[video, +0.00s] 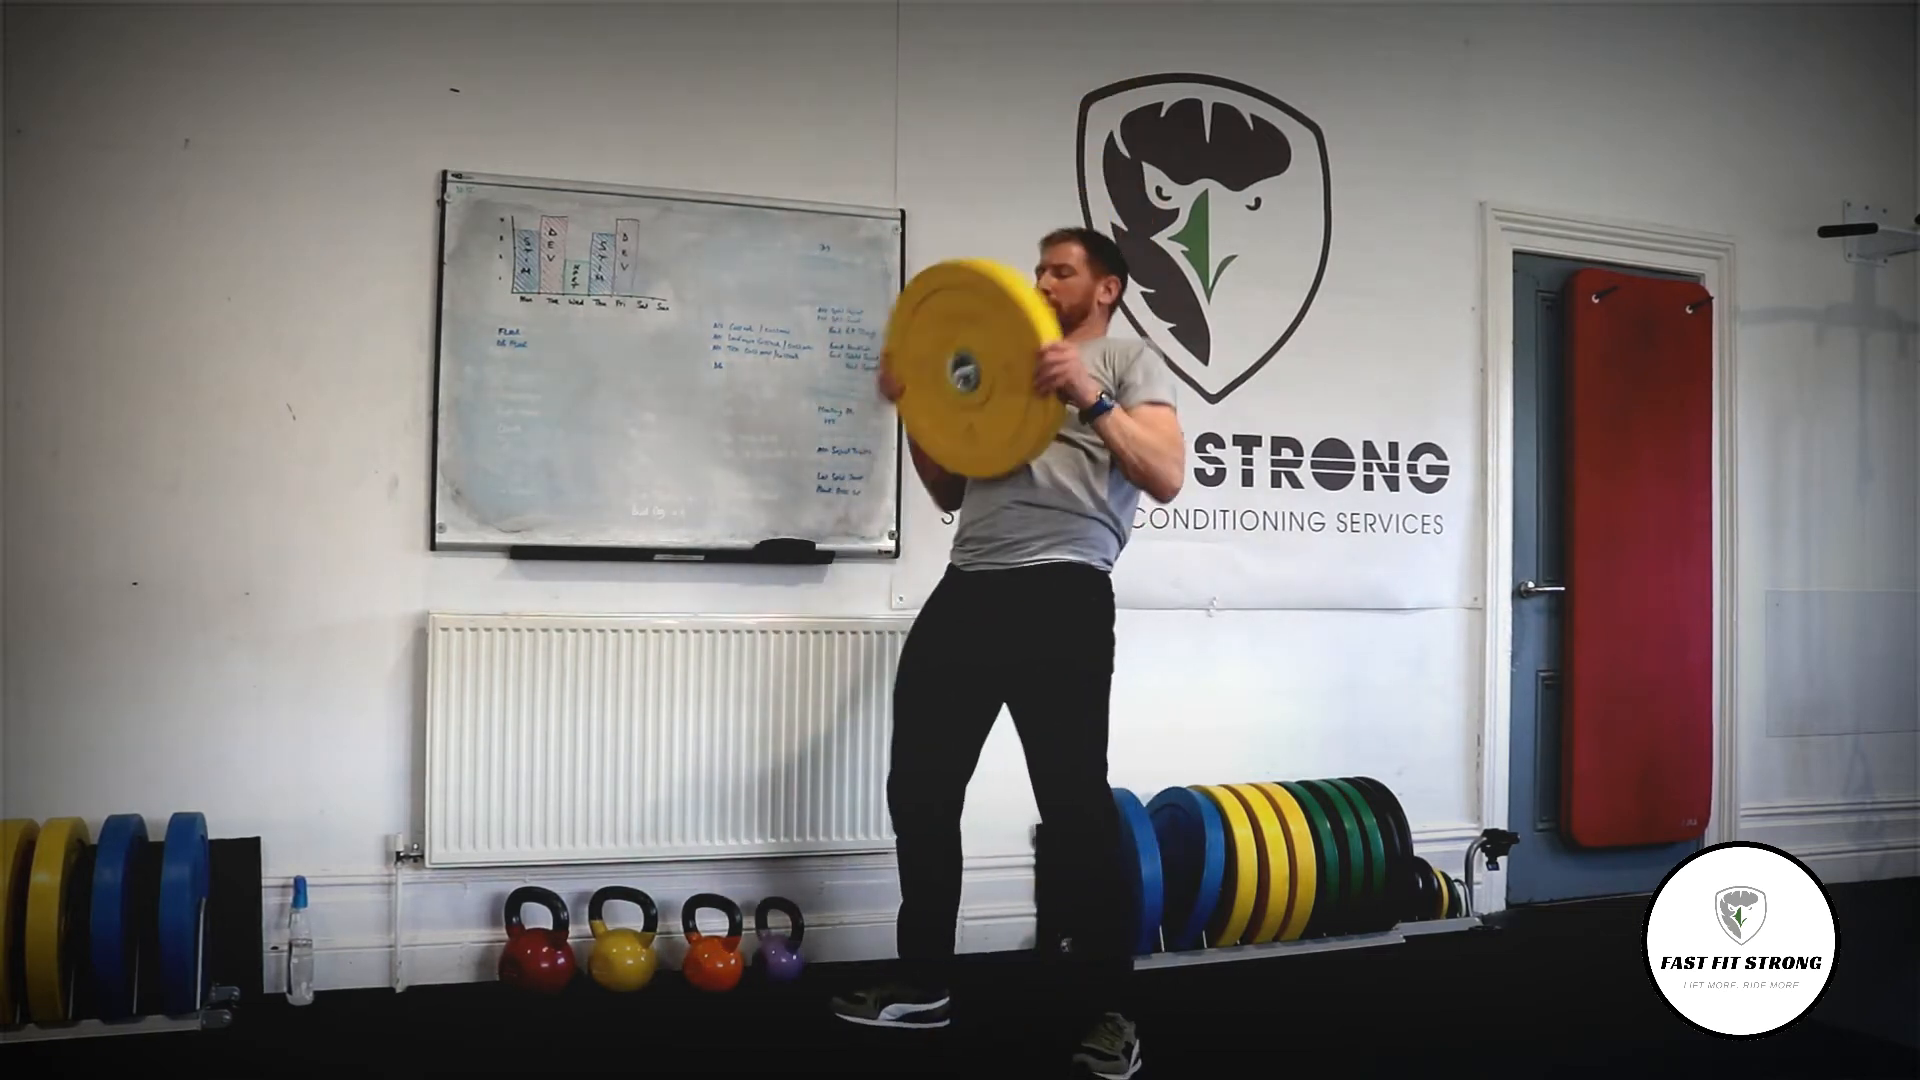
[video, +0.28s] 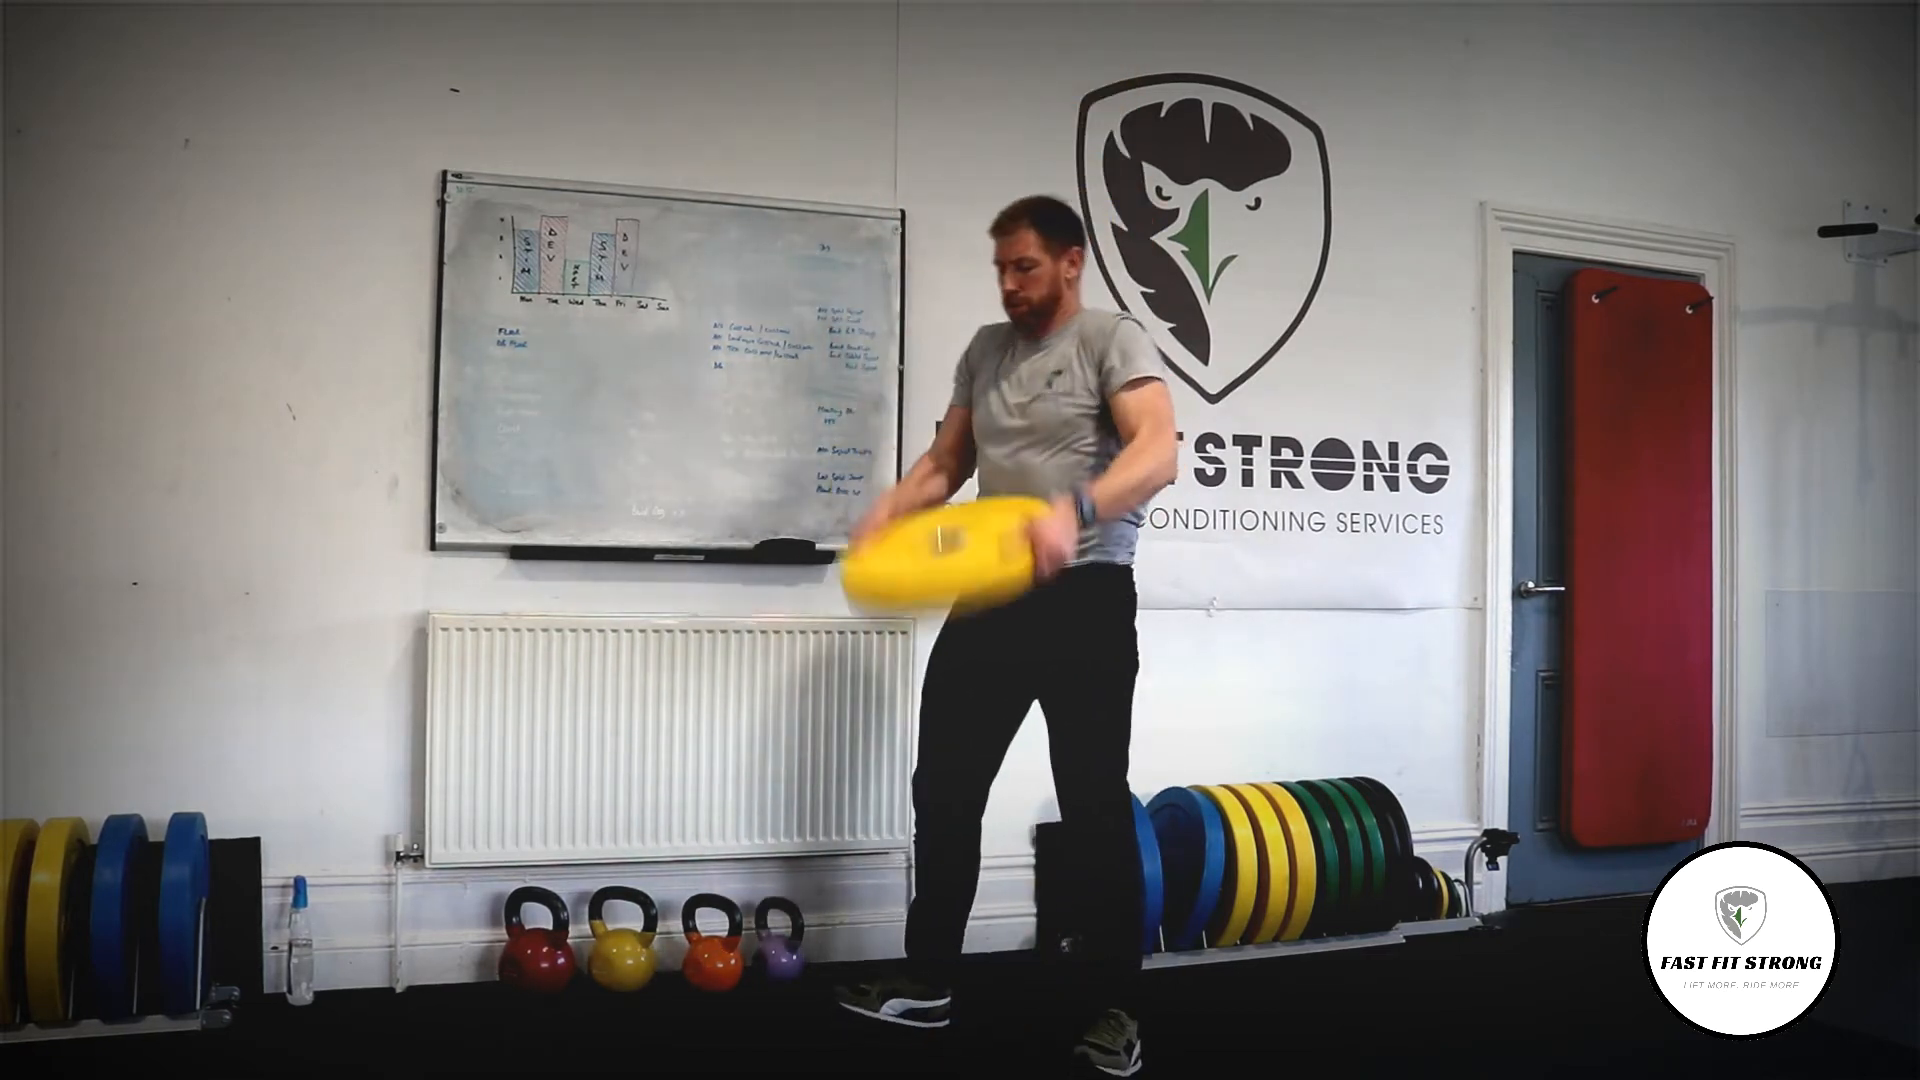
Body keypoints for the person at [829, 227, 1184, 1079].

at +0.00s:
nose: (1045, 283)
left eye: (1063, 271)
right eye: (1040, 272)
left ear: (1108, 288)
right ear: (1035, 284)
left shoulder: (1131, 356)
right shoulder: (1005, 359)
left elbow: (1167, 475)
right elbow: (950, 492)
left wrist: (1092, 396)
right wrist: (912, 407)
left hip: (1063, 591)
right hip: (968, 589)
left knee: (1073, 802)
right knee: (921, 793)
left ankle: (1101, 1011)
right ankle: (924, 989)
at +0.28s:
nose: (1008, 283)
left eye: (1023, 267)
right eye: (1001, 270)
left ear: (1072, 262)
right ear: (998, 271)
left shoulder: (1112, 339)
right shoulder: (988, 348)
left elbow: (1157, 451)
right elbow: (947, 460)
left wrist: (1078, 509)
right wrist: (886, 509)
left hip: (1085, 597)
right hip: (991, 596)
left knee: (1094, 798)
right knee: (945, 788)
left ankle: (1109, 1007)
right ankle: (929, 983)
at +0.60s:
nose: (928, 325)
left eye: (941, 307)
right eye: (918, 309)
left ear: (987, 286)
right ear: (912, 302)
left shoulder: (1058, 358)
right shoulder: (920, 377)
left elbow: (1100, 492)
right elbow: (918, 505)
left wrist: (1088, 624)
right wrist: (898, 616)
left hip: (1089, 603)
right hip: (993, 608)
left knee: (1107, 806)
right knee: (936, 787)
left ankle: (1118, 1014)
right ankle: (917, 982)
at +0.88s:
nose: (884, 477)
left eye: (894, 458)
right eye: (872, 463)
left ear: (939, 429)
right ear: (860, 455)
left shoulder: (1030, 499)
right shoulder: (877, 530)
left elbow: (1051, 647)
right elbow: (887, 660)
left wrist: (1059, 793)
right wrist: (883, 785)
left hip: (1103, 657)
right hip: (995, 668)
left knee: (1131, 823)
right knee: (876, 780)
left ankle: (1117, 1020)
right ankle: (915, 982)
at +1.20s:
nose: (866, 608)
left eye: (880, 586)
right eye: (854, 591)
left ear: (926, 560)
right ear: (842, 579)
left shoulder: (1016, 633)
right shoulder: (866, 647)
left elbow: (1039, 781)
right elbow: (881, 773)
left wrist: (1055, 918)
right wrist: (877, 903)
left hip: (1089, 761)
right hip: (980, 775)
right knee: (842, 798)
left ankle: (1114, 1025)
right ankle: (902, 984)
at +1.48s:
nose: (892, 466)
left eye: (909, 449)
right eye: (886, 450)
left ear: (962, 452)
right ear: (880, 456)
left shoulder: (1024, 536)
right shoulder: (888, 549)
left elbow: (1073, 669)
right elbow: (897, 667)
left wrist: (1056, 808)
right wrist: (883, 784)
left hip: (1091, 706)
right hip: (985, 711)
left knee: (1113, 856)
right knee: (853, 791)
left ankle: (1112, 1031)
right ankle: (913, 984)